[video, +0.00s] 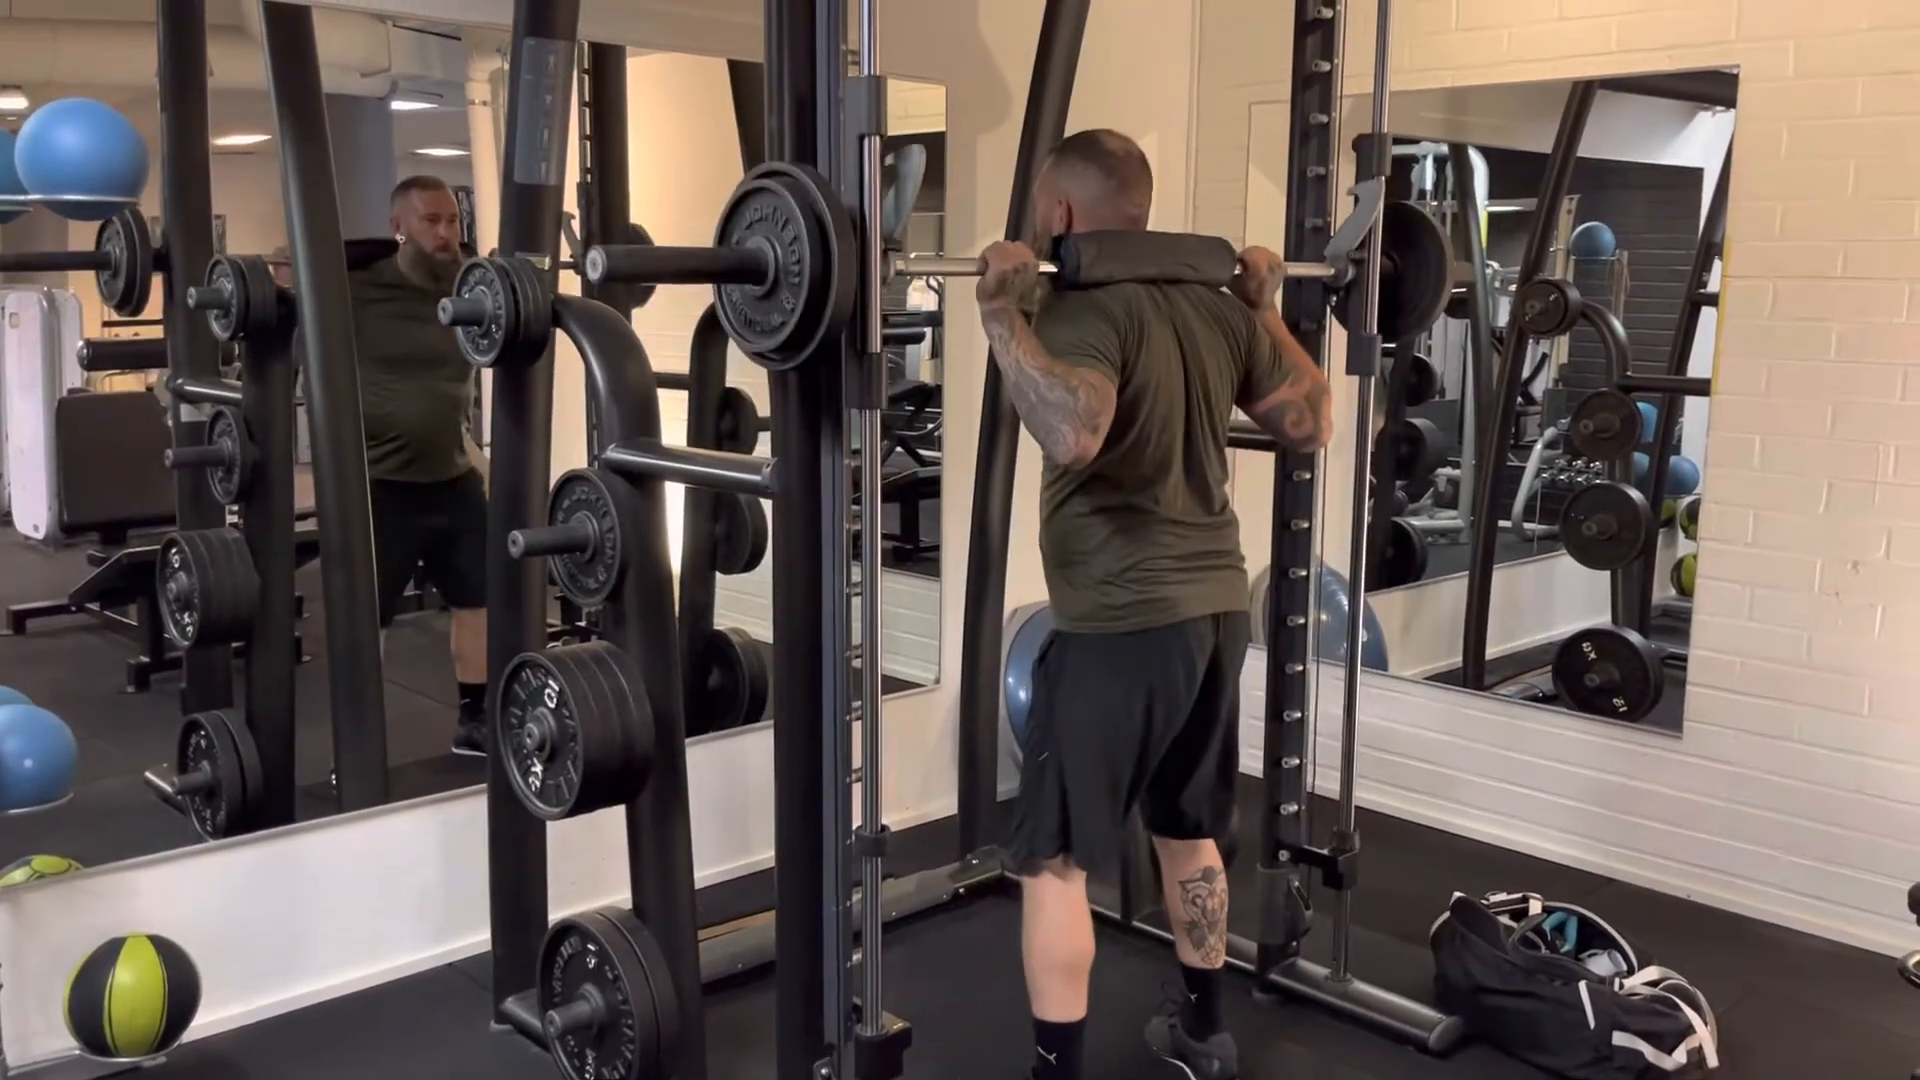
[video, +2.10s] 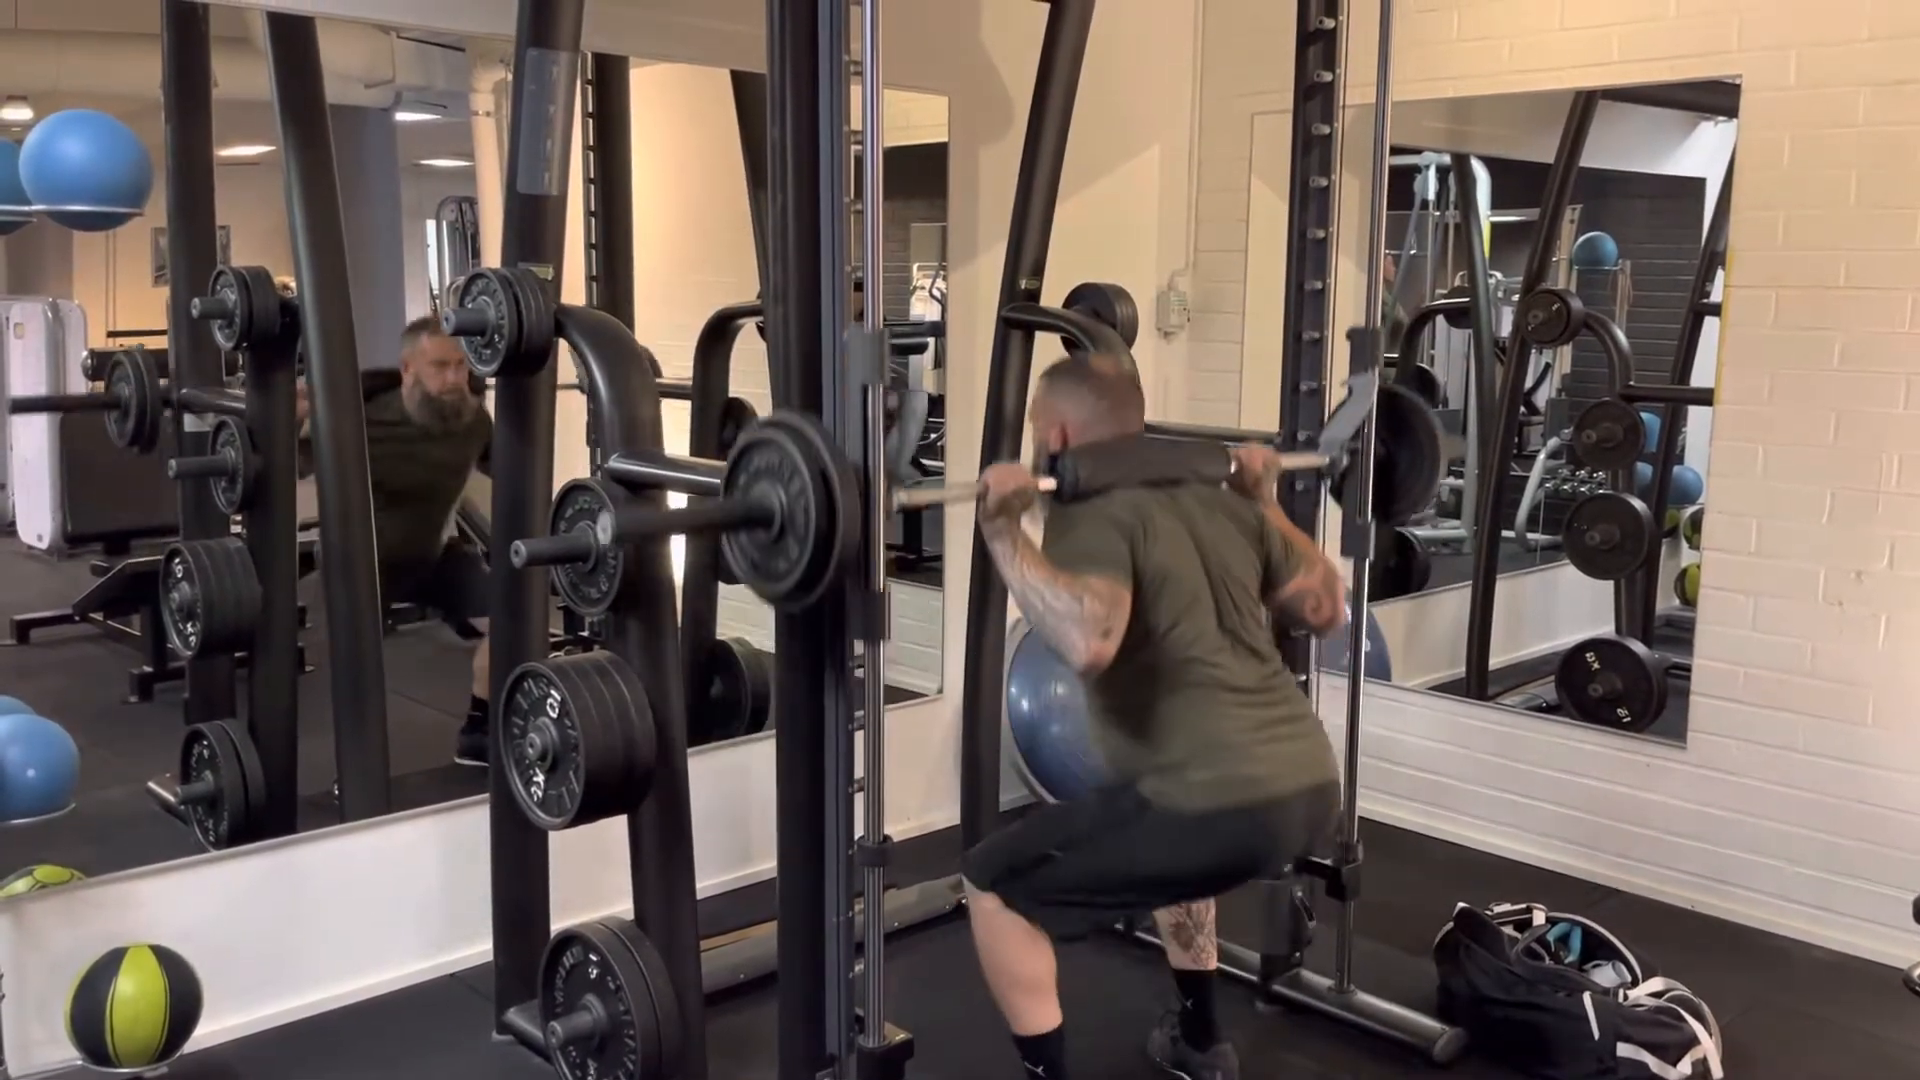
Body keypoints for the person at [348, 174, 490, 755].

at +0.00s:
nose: (448, 232)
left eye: (454, 220)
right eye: (434, 220)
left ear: (462, 225)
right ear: (399, 225)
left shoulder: (466, 289)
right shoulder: (355, 292)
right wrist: (278, 283)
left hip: (453, 479)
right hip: (378, 484)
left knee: (476, 594)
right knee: (361, 617)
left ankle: (477, 717)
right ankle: (353, 731)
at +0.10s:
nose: (449, 233)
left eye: (455, 221)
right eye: (434, 221)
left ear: (462, 226)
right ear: (399, 227)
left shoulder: (466, 291)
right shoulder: (355, 293)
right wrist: (277, 283)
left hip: (453, 482)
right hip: (378, 486)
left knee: (477, 596)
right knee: (362, 619)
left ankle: (477, 719)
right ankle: (353, 734)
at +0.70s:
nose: (449, 260)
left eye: (454, 248)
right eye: (435, 248)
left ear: (462, 251)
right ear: (401, 252)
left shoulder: (467, 313)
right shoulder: (356, 313)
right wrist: (264, 290)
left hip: (445, 495)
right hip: (372, 499)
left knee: (486, 593)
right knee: (353, 625)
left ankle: (476, 726)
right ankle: (350, 744)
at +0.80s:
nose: (447, 289)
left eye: (452, 278)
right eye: (435, 277)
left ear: (457, 280)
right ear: (404, 279)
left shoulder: (460, 344)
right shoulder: (361, 339)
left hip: (445, 510)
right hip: (376, 511)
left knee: (494, 594)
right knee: (355, 630)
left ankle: (476, 726)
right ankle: (352, 752)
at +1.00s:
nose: (453, 365)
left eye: (457, 350)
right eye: (438, 351)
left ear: (467, 353)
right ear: (405, 358)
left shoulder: (471, 408)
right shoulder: (363, 412)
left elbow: (500, 448)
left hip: (436, 551)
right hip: (367, 556)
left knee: (509, 604)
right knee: (352, 644)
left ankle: (477, 726)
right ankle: (353, 756)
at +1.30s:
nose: (454, 451)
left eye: (462, 437)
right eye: (441, 438)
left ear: (470, 435)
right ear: (408, 439)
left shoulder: (477, 485)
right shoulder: (363, 485)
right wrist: (292, 492)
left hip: (435, 616)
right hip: (365, 620)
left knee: (509, 617)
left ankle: (477, 729)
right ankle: (352, 761)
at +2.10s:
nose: (455, 379)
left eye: (461, 366)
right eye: (441, 366)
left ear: (470, 368)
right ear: (407, 370)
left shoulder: (473, 423)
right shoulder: (364, 420)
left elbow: (514, 467)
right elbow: (293, 470)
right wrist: (287, 421)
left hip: (430, 560)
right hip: (360, 565)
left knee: (508, 608)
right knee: (353, 653)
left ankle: (480, 728)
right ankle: (356, 765)